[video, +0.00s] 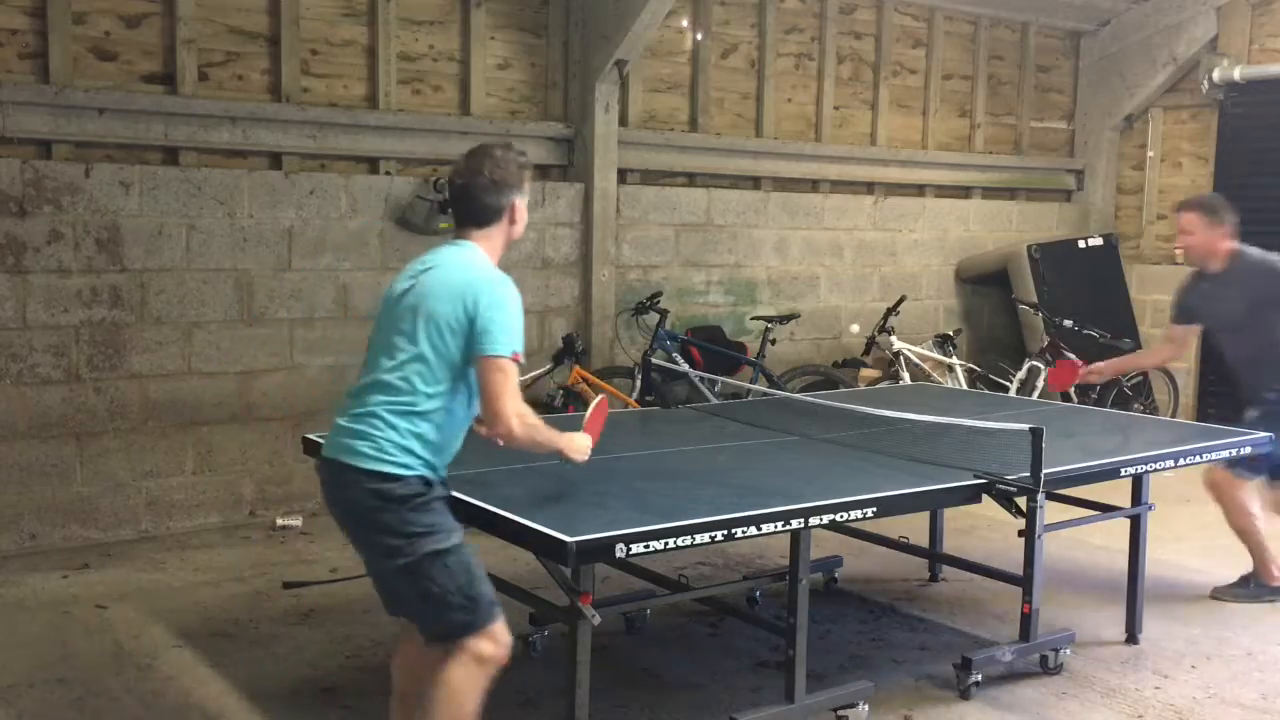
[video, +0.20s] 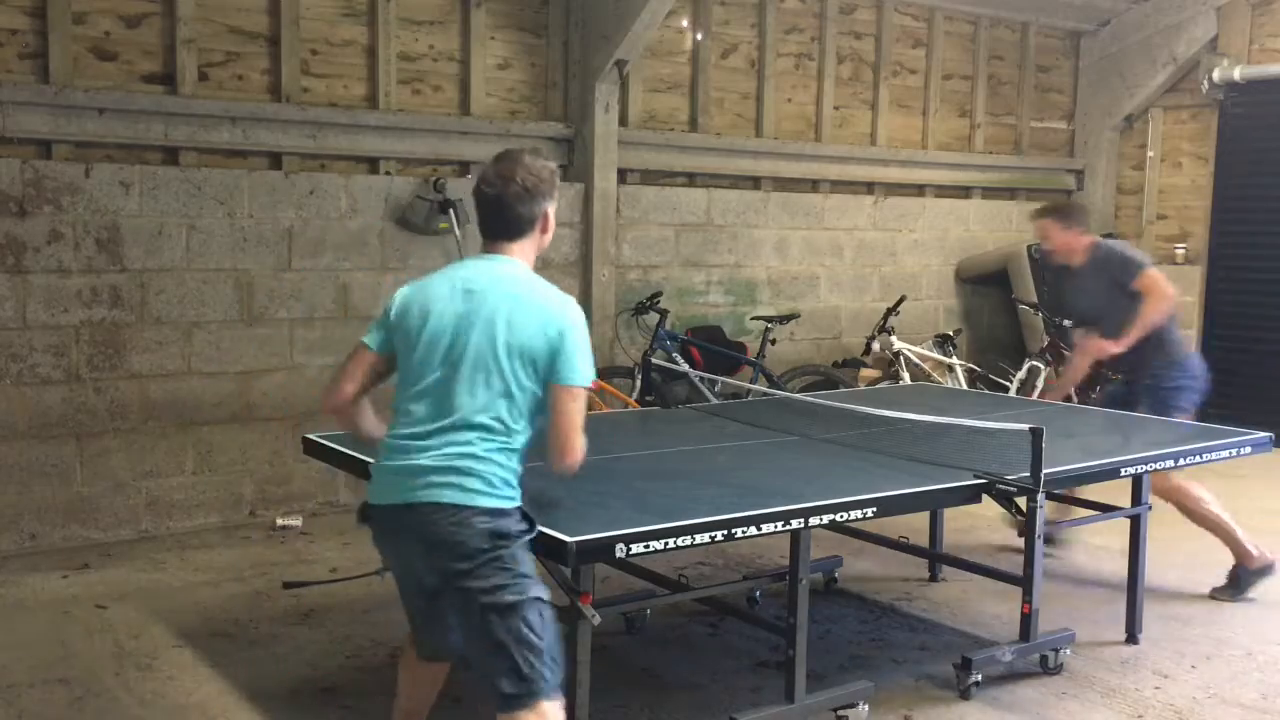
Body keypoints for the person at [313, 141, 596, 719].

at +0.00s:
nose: (527, 213)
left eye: (525, 202)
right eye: (526, 202)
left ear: (459, 207)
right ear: (515, 211)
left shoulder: (421, 269)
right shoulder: (492, 288)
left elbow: (408, 369)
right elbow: (507, 420)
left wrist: (477, 414)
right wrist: (563, 442)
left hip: (348, 464)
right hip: (393, 477)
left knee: (428, 631)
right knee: (485, 643)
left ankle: (407, 716)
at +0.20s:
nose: (555, 221)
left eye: (552, 210)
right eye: (554, 211)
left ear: (480, 216)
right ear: (546, 220)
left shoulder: (417, 294)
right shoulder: (557, 311)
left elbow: (342, 399)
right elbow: (567, 456)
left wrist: (391, 440)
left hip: (392, 503)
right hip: (476, 509)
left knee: (431, 643)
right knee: (536, 693)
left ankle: (406, 715)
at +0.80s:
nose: (405, 230)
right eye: (403, 223)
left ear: (330, 238)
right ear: (398, 235)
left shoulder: (303, 312)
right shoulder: (441, 311)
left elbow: (237, 450)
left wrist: (191, 510)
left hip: (348, 532)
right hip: (450, 519)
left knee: (263, 688)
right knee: (515, 699)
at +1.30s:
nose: (216, 191)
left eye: (213, 176)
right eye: (209, 177)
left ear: (138, 187)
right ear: (180, 182)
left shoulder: (81, 259)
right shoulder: (228, 254)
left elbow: (4, 351)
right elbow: (297, 352)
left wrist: (43, 375)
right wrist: (352, 347)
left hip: (143, 457)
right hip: (228, 447)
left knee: (152, 653)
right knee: (197, 609)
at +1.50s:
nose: (189, 193)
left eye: (186, 179)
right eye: (181, 180)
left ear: (120, 191)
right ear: (151, 190)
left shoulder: (63, 256)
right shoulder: (186, 268)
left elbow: (14, 359)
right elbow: (214, 375)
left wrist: (78, 370)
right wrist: (264, 387)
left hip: (72, 455)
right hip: (159, 451)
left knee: (72, 619)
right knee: (137, 598)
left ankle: (98, 712)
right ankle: (108, 706)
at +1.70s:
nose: (171, 167)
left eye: (168, 154)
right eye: (162, 154)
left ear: (112, 167)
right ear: (125, 165)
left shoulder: (40, 235)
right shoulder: (140, 239)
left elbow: (10, 336)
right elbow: (138, 347)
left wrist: (52, 369)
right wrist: (181, 384)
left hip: (34, 412)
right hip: (101, 416)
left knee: (72, 540)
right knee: (113, 572)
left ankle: (21, 666)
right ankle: (92, 709)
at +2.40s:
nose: (142, 172)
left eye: (138, 161)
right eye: (130, 163)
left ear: (106, 180)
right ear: (93, 179)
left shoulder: (125, 259)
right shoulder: (56, 247)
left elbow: (150, 341)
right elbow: (21, 342)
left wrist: (199, 381)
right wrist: (106, 377)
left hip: (86, 416)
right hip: (40, 414)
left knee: (59, 539)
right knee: (87, 551)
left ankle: (21, 647)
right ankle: (75, 698)